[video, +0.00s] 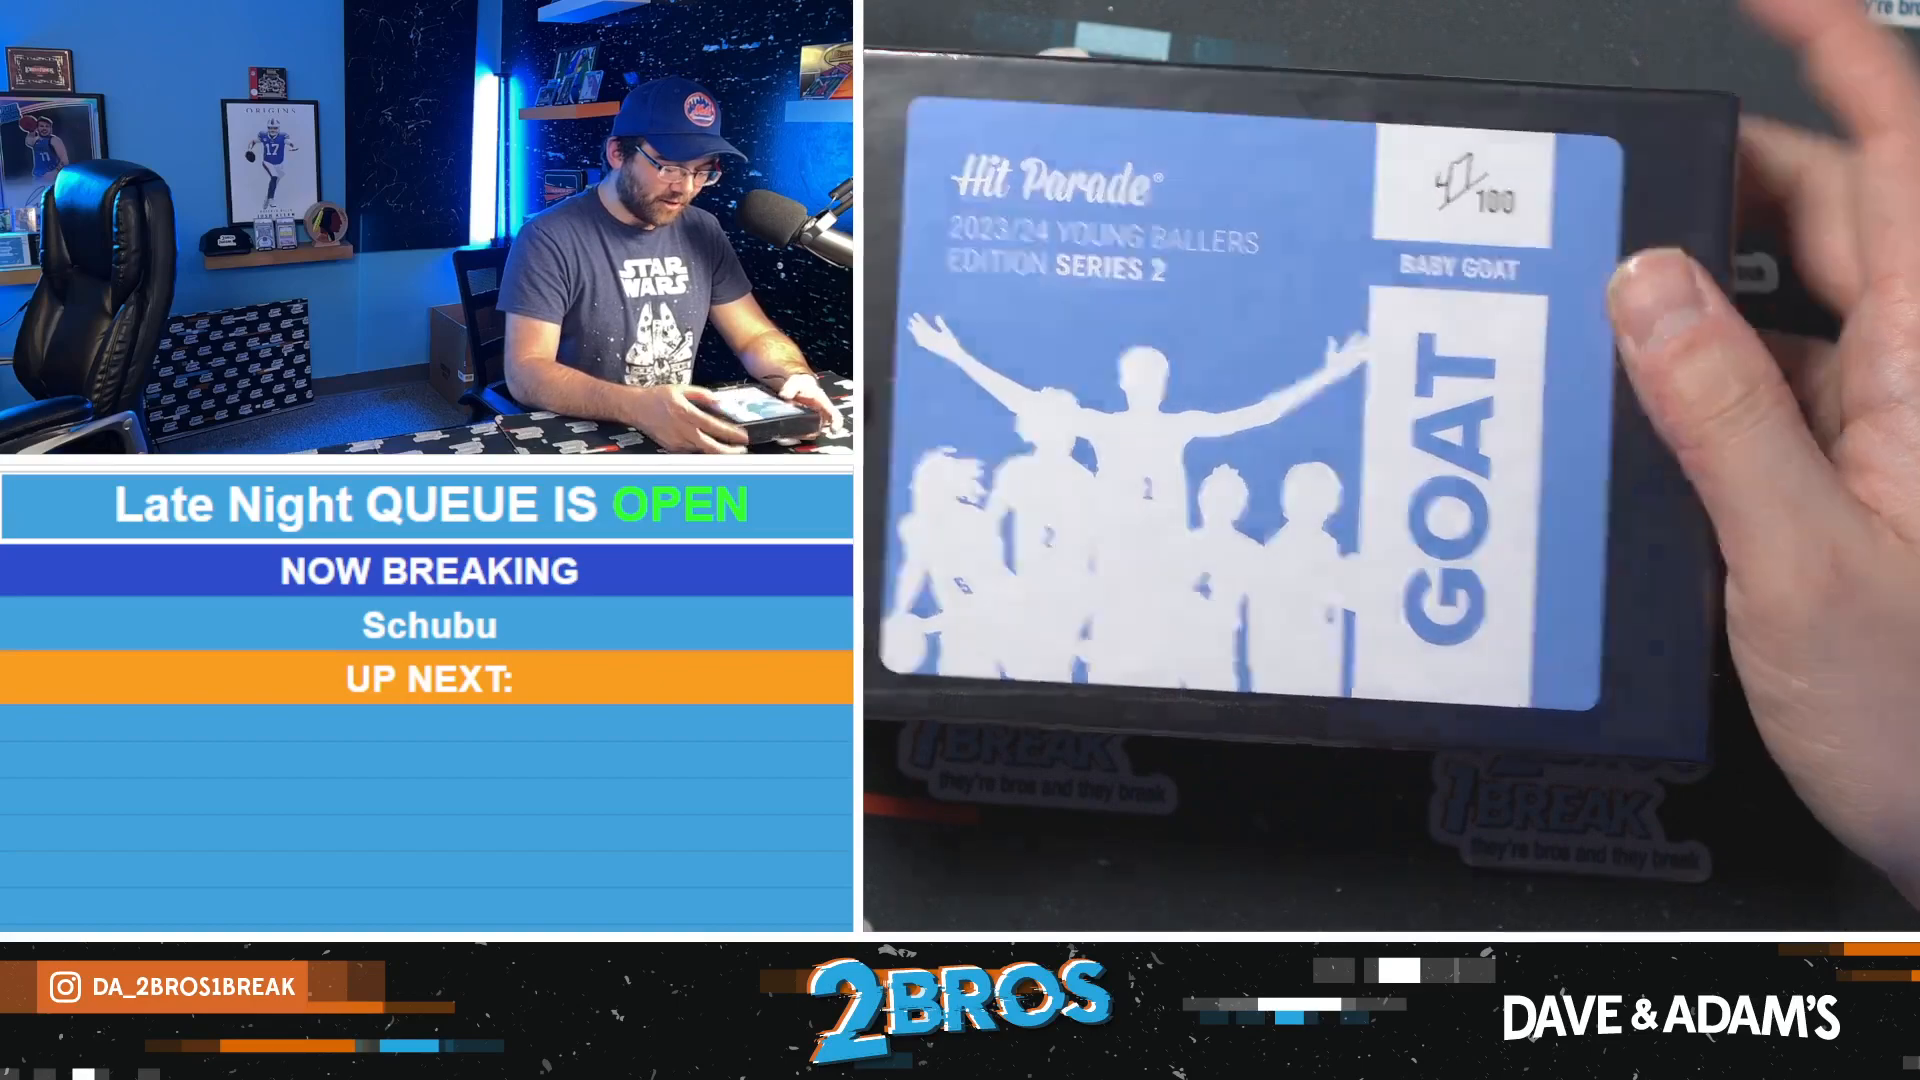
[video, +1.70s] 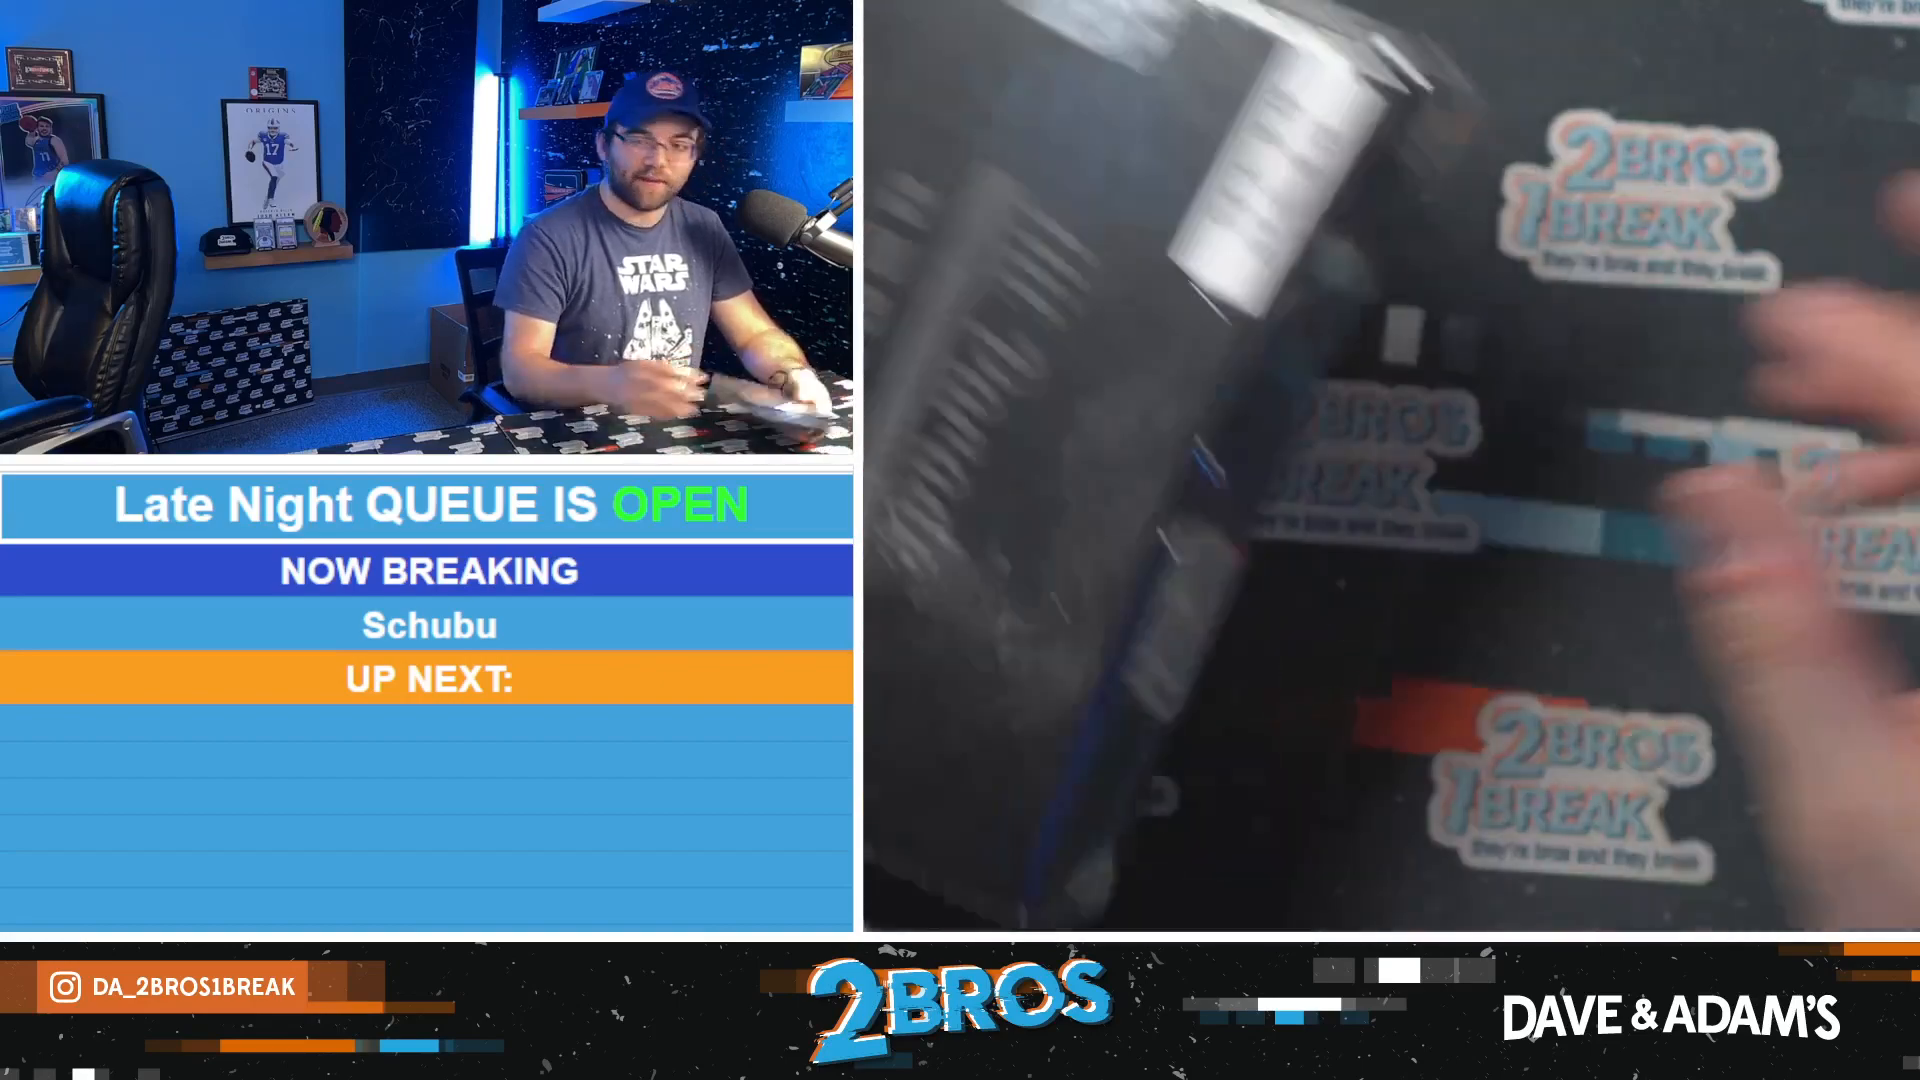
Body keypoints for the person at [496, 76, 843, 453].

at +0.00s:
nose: (685, 188)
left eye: (701, 170)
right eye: (668, 166)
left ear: (712, 168)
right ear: (617, 154)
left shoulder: (703, 233)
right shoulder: (553, 238)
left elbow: (757, 336)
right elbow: (529, 374)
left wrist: (797, 376)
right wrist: (639, 406)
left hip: (685, 461)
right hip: (581, 466)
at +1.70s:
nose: (659, 160)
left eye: (679, 145)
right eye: (642, 140)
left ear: (695, 157)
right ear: (605, 144)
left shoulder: (705, 231)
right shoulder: (552, 238)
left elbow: (757, 334)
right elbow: (523, 373)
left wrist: (793, 372)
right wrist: (612, 384)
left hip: (683, 449)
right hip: (577, 458)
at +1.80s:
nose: (648, 156)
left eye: (670, 141)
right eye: (631, 137)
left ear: (691, 155)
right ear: (602, 144)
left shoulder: (704, 230)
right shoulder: (548, 237)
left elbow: (762, 331)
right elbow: (515, 365)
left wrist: (795, 367)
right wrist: (565, 389)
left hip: (683, 456)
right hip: (580, 464)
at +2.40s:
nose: (604, 151)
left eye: (629, 137)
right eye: (599, 135)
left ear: (680, 153)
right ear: (590, 138)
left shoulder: (709, 233)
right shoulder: (551, 232)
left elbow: (775, 340)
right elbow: (520, 348)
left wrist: (753, 371)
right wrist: (535, 435)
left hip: (682, 448)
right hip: (582, 452)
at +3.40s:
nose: (652, 169)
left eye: (675, 154)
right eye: (637, 147)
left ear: (701, 160)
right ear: (613, 145)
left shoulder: (708, 236)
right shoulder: (552, 235)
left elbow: (771, 341)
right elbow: (503, 344)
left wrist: (760, 376)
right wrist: (509, 401)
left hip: (677, 456)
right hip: (570, 456)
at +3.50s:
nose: (665, 176)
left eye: (687, 161)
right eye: (650, 153)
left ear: (703, 167)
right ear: (614, 145)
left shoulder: (708, 235)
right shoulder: (550, 235)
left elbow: (771, 341)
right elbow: (501, 351)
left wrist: (759, 376)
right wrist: (548, 386)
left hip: (678, 457)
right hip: (575, 463)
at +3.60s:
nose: (673, 180)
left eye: (693, 164)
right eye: (657, 157)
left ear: (708, 168)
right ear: (616, 146)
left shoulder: (708, 235)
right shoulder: (550, 234)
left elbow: (771, 341)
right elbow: (507, 355)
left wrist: (758, 375)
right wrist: (589, 377)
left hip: (679, 457)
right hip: (574, 462)